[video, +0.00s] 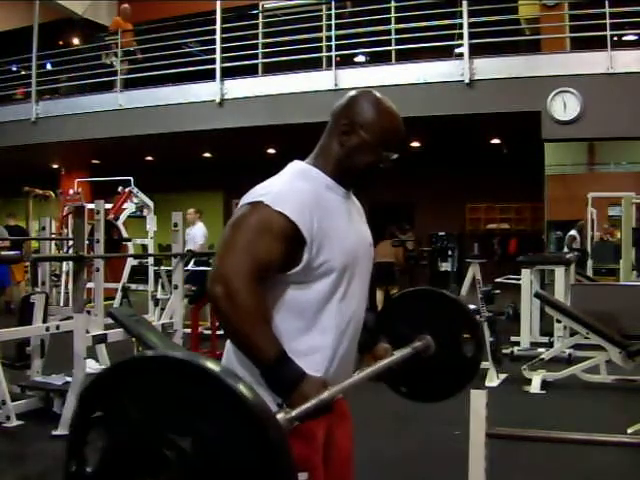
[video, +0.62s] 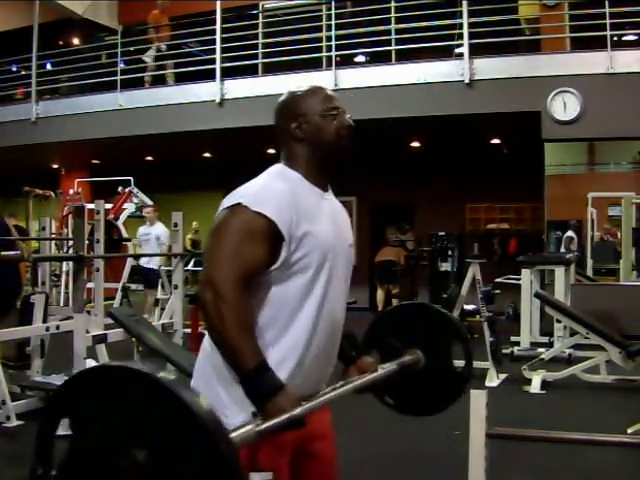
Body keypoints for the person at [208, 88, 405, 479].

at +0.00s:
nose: (386, 162)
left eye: (390, 152)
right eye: (384, 149)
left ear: (349, 134)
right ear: (347, 133)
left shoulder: (350, 206)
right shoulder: (287, 198)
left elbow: (335, 294)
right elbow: (227, 283)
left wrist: (371, 342)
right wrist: (290, 379)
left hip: (328, 405)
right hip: (273, 413)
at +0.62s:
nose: (346, 122)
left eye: (343, 114)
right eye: (331, 114)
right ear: (297, 129)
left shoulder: (335, 211)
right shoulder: (266, 198)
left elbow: (315, 306)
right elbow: (218, 293)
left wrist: (353, 356)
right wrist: (267, 389)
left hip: (309, 407)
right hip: (247, 414)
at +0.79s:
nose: (329, 114)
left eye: (324, 107)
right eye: (313, 110)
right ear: (281, 129)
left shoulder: (324, 207)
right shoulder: (257, 200)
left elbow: (318, 302)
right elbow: (218, 300)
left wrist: (352, 361)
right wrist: (262, 402)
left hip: (305, 409)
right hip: (242, 421)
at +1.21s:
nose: (295, 107)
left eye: (289, 100)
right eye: (277, 103)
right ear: (247, 125)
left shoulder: (313, 205)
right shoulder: (234, 205)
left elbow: (329, 298)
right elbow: (235, 319)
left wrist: (356, 371)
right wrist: (267, 416)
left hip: (305, 408)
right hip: (243, 420)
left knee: (319, 472)